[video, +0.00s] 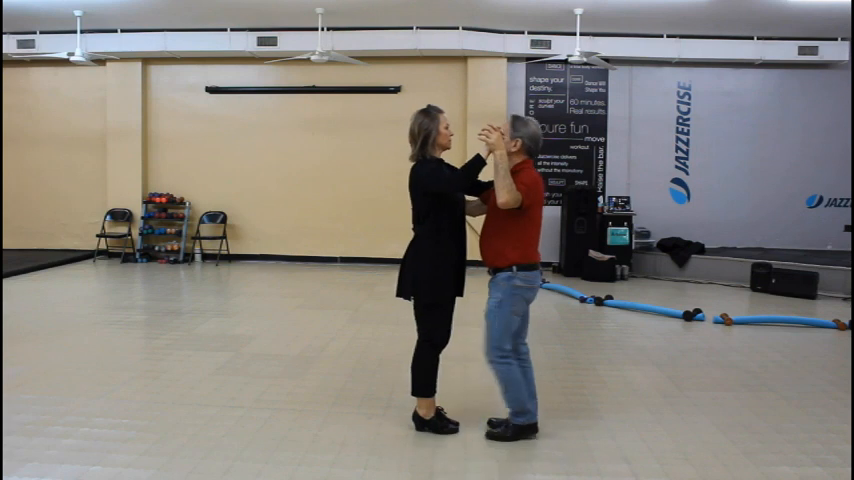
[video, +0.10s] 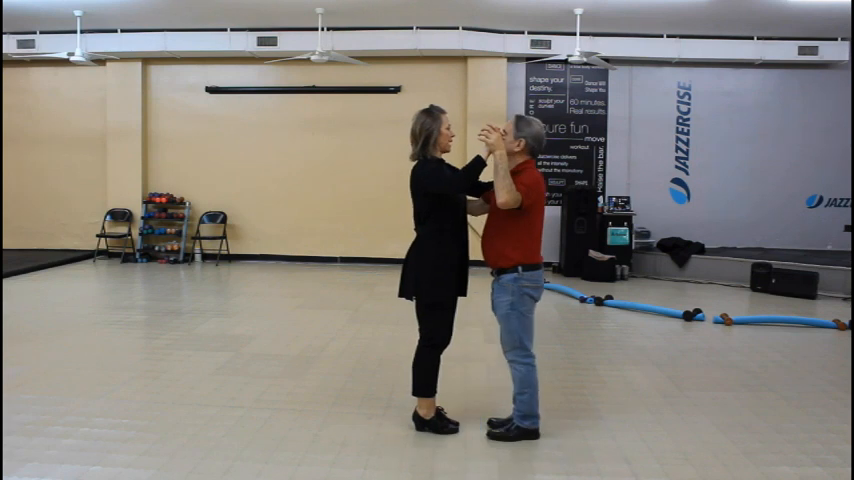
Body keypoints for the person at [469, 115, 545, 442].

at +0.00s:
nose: (495, 140)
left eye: (501, 135)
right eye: (496, 135)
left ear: (515, 144)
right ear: (515, 145)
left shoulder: (529, 177)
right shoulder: (509, 178)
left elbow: (506, 200)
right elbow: (472, 207)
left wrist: (499, 154)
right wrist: (440, 194)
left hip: (515, 276)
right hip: (511, 274)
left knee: (499, 351)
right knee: (514, 348)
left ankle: (522, 420)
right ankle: (524, 417)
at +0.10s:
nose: (498, 137)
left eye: (505, 133)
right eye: (500, 132)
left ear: (518, 144)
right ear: (517, 145)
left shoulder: (530, 176)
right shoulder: (511, 176)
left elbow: (506, 200)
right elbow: (475, 206)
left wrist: (499, 154)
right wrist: (442, 194)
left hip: (520, 277)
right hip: (508, 275)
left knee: (519, 352)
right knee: (515, 351)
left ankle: (527, 422)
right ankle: (521, 415)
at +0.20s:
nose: (499, 138)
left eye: (505, 134)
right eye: (500, 133)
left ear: (519, 143)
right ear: (518, 144)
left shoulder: (532, 176)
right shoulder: (512, 177)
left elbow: (508, 199)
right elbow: (476, 206)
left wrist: (500, 154)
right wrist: (444, 192)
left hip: (525, 276)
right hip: (511, 275)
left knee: (522, 352)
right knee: (518, 351)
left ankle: (527, 422)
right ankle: (522, 415)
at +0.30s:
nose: (499, 142)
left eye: (504, 136)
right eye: (500, 136)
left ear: (520, 143)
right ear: (519, 144)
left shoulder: (535, 176)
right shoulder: (514, 178)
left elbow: (511, 200)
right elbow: (477, 206)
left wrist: (503, 155)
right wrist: (445, 191)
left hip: (527, 276)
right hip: (513, 275)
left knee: (524, 353)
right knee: (520, 351)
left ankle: (527, 422)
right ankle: (522, 416)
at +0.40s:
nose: (501, 143)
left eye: (505, 137)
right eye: (501, 137)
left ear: (521, 143)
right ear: (521, 144)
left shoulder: (537, 177)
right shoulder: (516, 179)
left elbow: (513, 200)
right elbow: (478, 205)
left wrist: (506, 156)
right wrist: (446, 191)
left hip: (528, 277)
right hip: (514, 275)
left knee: (525, 353)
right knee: (520, 352)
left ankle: (527, 422)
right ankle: (522, 416)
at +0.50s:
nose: (501, 142)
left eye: (506, 136)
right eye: (502, 136)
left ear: (521, 143)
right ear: (521, 144)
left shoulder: (538, 176)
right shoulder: (517, 177)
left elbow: (515, 201)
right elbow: (479, 205)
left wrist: (508, 156)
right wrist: (447, 192)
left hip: (529, 277)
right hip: (516, 275)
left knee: (526, 353)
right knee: (521, 352)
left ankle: (527, 423)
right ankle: (522, 416)